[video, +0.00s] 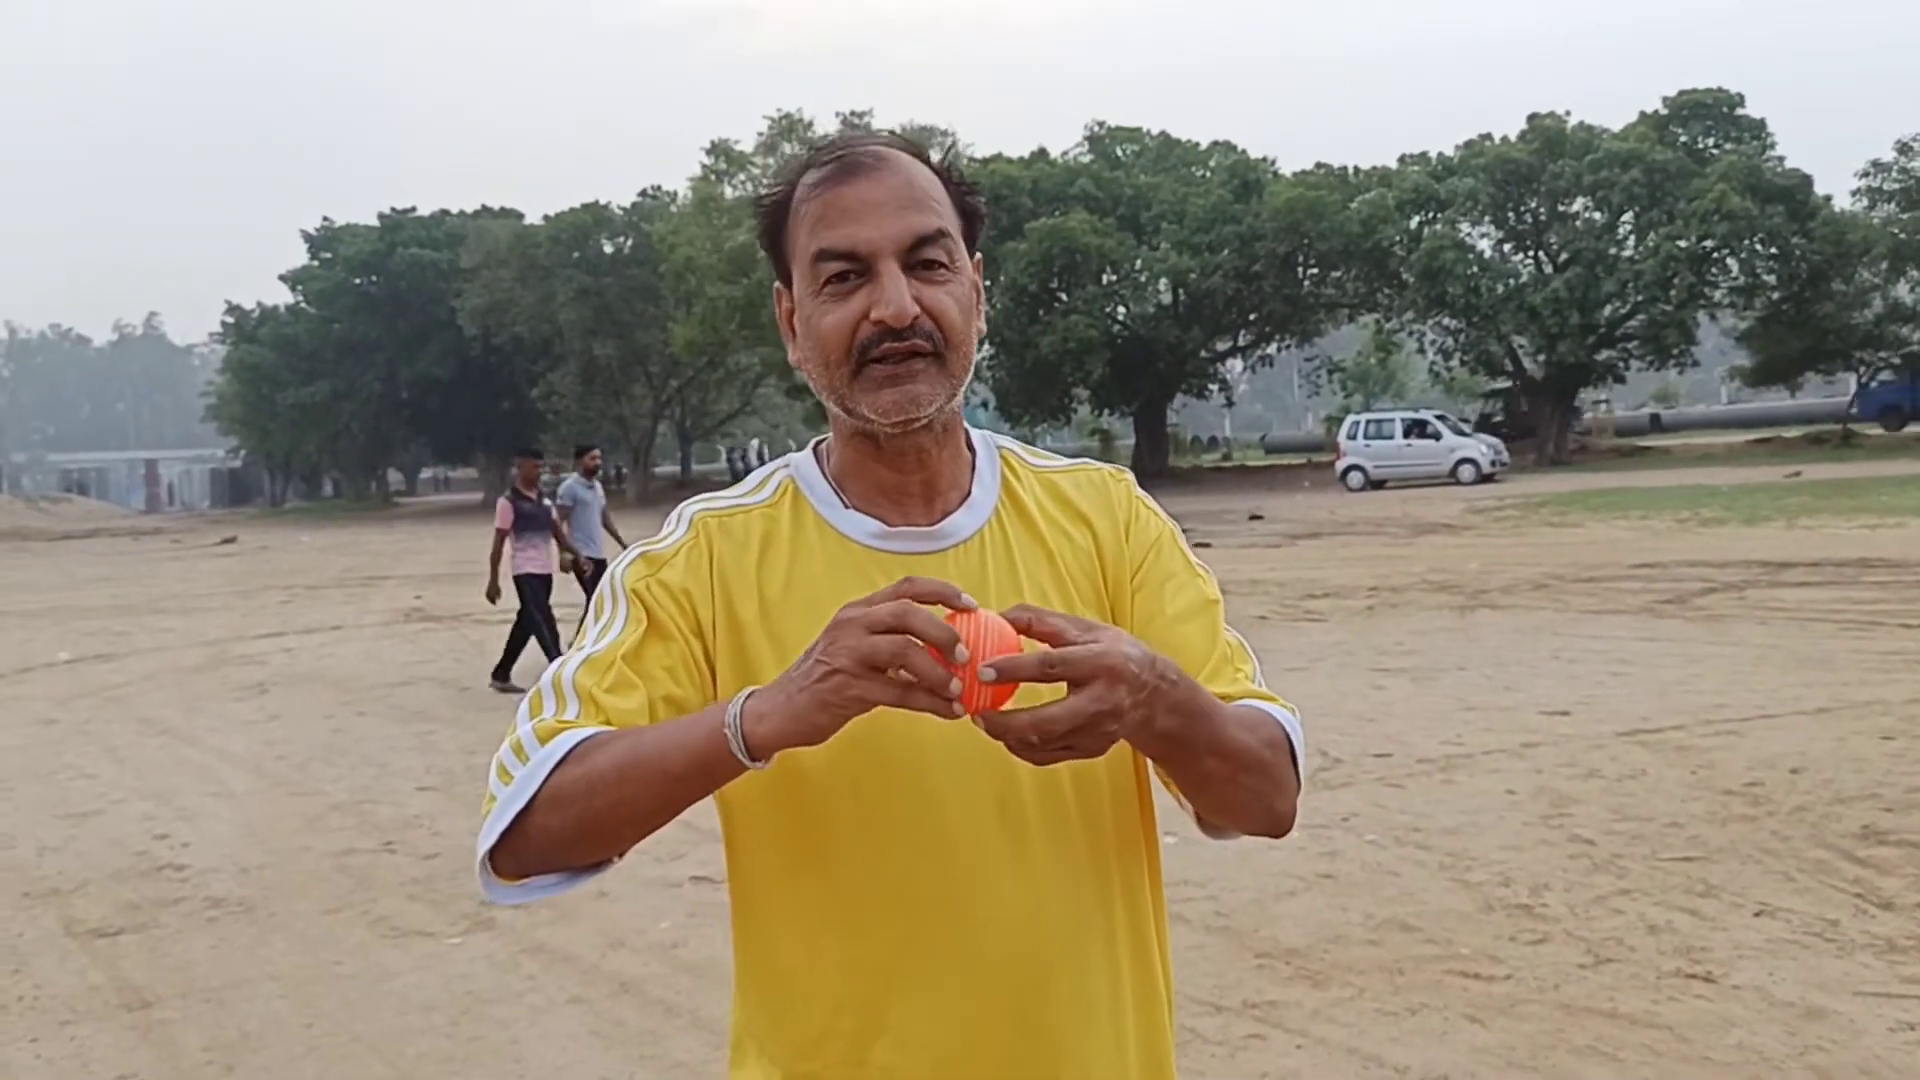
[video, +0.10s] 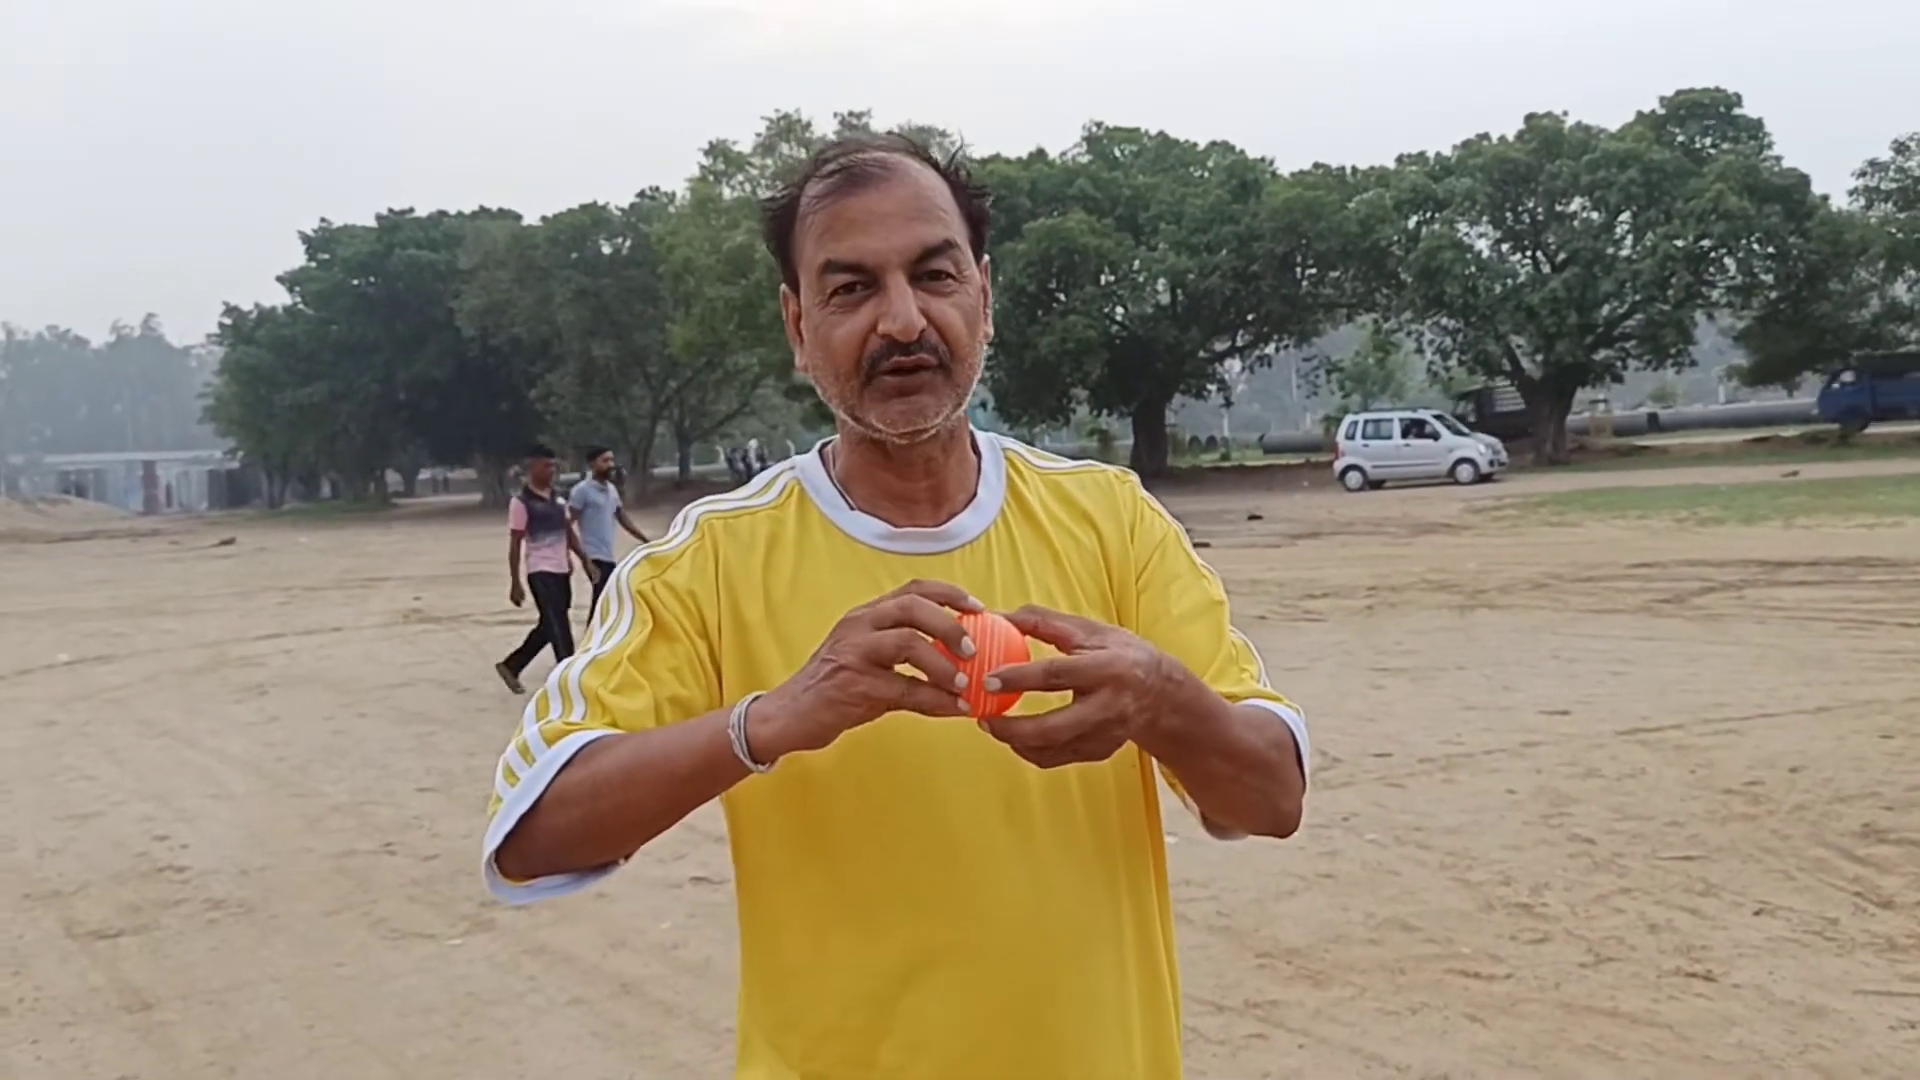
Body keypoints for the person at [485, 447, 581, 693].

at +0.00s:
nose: (538, 471)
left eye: (540, 467)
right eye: (534, 467)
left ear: (540, 469)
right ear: (519, 467)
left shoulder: (543, 500)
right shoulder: (508, 502)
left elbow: (557, 532)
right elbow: (498, 542)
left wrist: (577, 555)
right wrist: (493, 580)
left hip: (545, 571)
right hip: (524, 572)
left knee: (524, 626)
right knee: (543, 623)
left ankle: (501, 673)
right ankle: (562, 671)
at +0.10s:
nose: (551, 471)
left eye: (552, 466)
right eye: (546, 466)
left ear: (554, 469)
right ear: (531, 468)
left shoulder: (556, 499)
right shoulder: (521, 502)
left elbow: (569, 535)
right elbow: (515, 543)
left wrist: (586, 560)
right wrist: (515, 582)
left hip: (562, 570)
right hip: (540, 571)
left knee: (549, 627)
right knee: (559, 627)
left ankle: (511, 666)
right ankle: (572, 677)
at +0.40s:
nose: (576, 463)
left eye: (578, 459)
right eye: (571, 459)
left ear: (579, 461)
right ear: (556, 460)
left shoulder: (582, 492)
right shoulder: (549, 494)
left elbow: (588, 534)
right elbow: (557, 536)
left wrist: (601, 565)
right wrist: (588, 565)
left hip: (588, 570)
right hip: (564, 571)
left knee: (608, 625)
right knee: (559, 632)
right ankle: (555, 684)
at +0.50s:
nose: (592, 464)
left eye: (592, 459)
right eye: (586, 459)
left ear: (590, 463)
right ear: (570, 463)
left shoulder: (597, 494)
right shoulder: (564, 497)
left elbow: (601, 533)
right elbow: (573, 539)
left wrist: (615, 562)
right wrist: (607, 561)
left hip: (603, 573)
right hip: (578, 574)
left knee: (615, 634)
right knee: (566, 633)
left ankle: (625, 682)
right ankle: (556, 682)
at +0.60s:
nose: (612, 464)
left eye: (612, 459)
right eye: (606, 459)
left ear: (612, 463)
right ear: (591, 463)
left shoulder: (612, 493)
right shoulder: (584, 498)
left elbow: (619, 532)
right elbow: (591, 541)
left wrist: (630, 561)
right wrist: (623, 565)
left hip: (622, 573)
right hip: (600, 575)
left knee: (635, 632)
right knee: (586, 631)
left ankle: (646, 682)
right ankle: (560, 679)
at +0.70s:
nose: (629, 459)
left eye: (629, 455)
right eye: (623, 455)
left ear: (630, 460)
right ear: (607, 460)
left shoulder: (628, 491)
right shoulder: (601, 495)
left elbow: (640, 528)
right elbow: (606, 538)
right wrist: (625, 571)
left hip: (643, 567)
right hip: (620, 572)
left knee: (643, 627)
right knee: (620, 629)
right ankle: (579, 665)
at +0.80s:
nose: (644, 455)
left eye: (645, 450)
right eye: (639, 450)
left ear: (644, 454)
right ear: (625, 454)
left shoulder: (646, 486)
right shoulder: (616, 491)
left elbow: (657, 525)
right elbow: (617, 534)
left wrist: (670, 551)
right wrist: (627, 572)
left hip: (657, 561)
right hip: (638, 565)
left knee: (657, 618)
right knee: (648, 621)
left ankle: (616, 656)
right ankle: (615, 657)